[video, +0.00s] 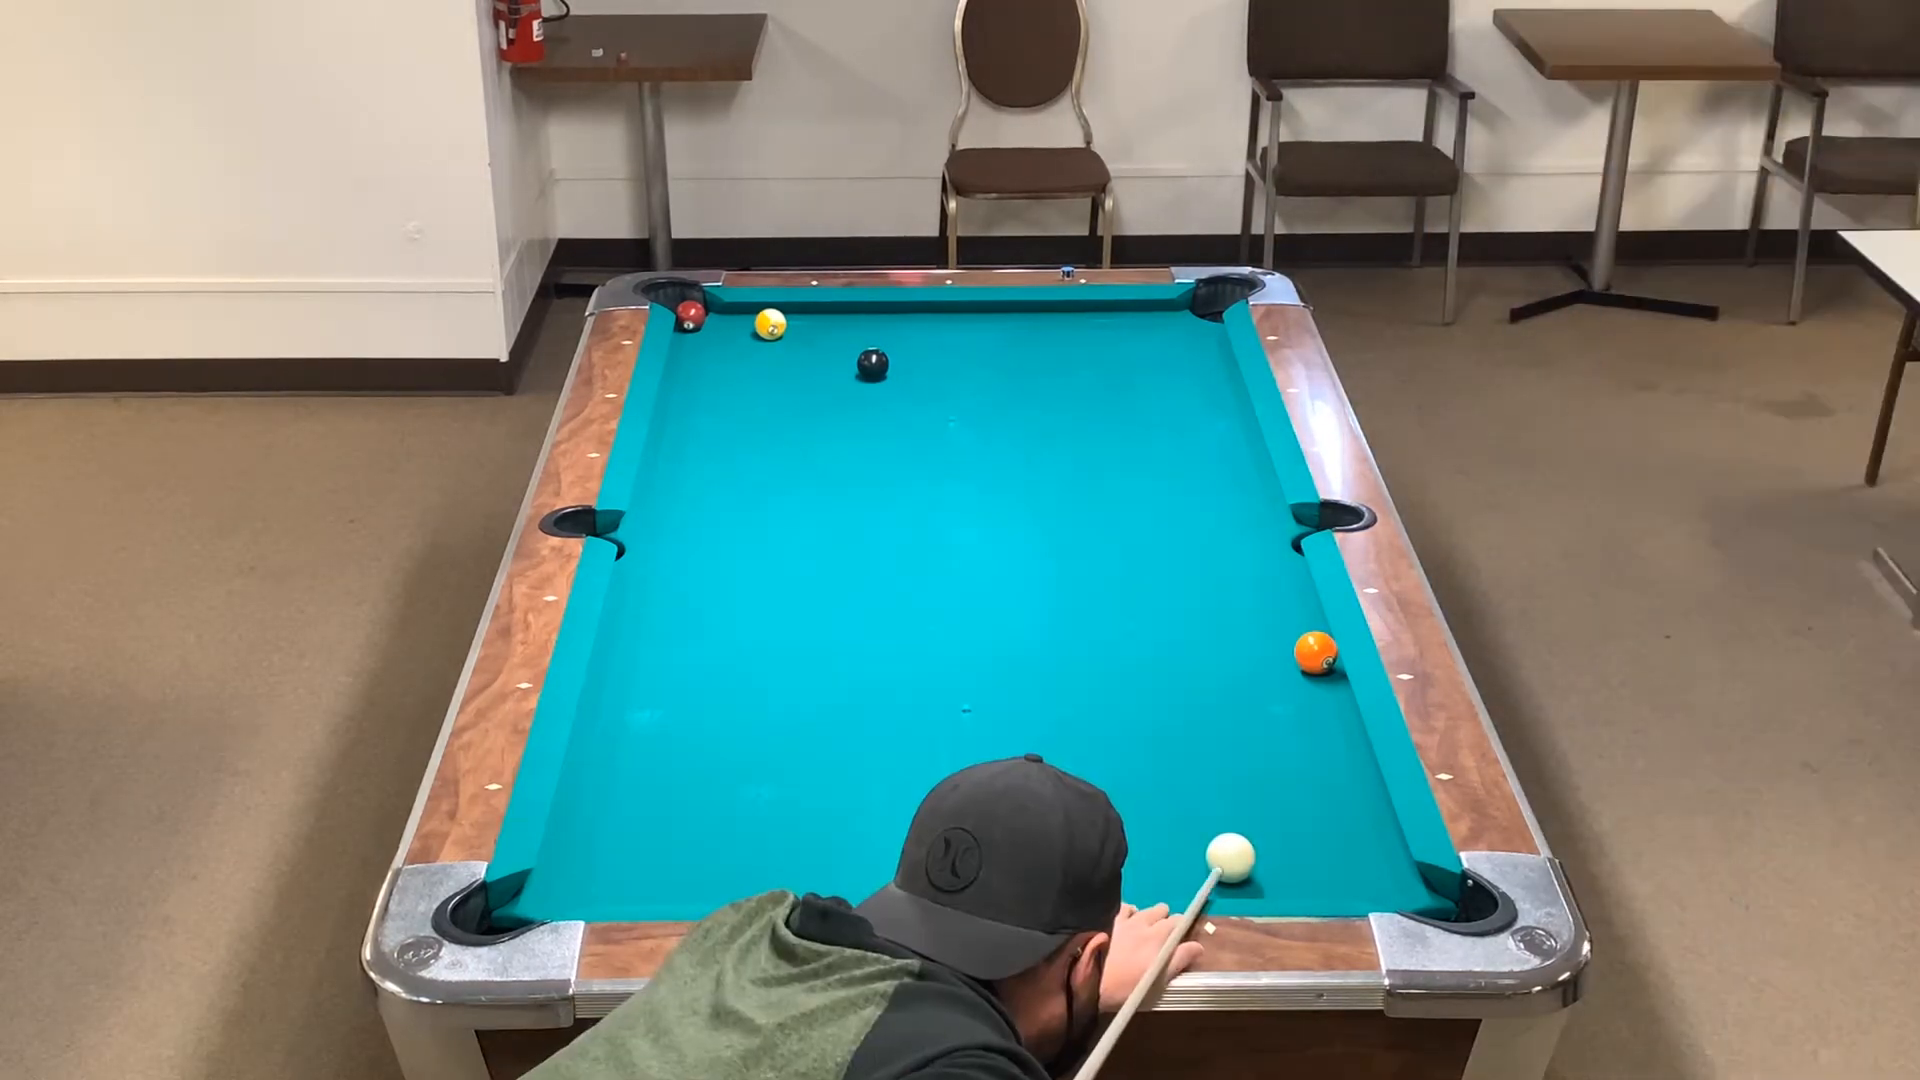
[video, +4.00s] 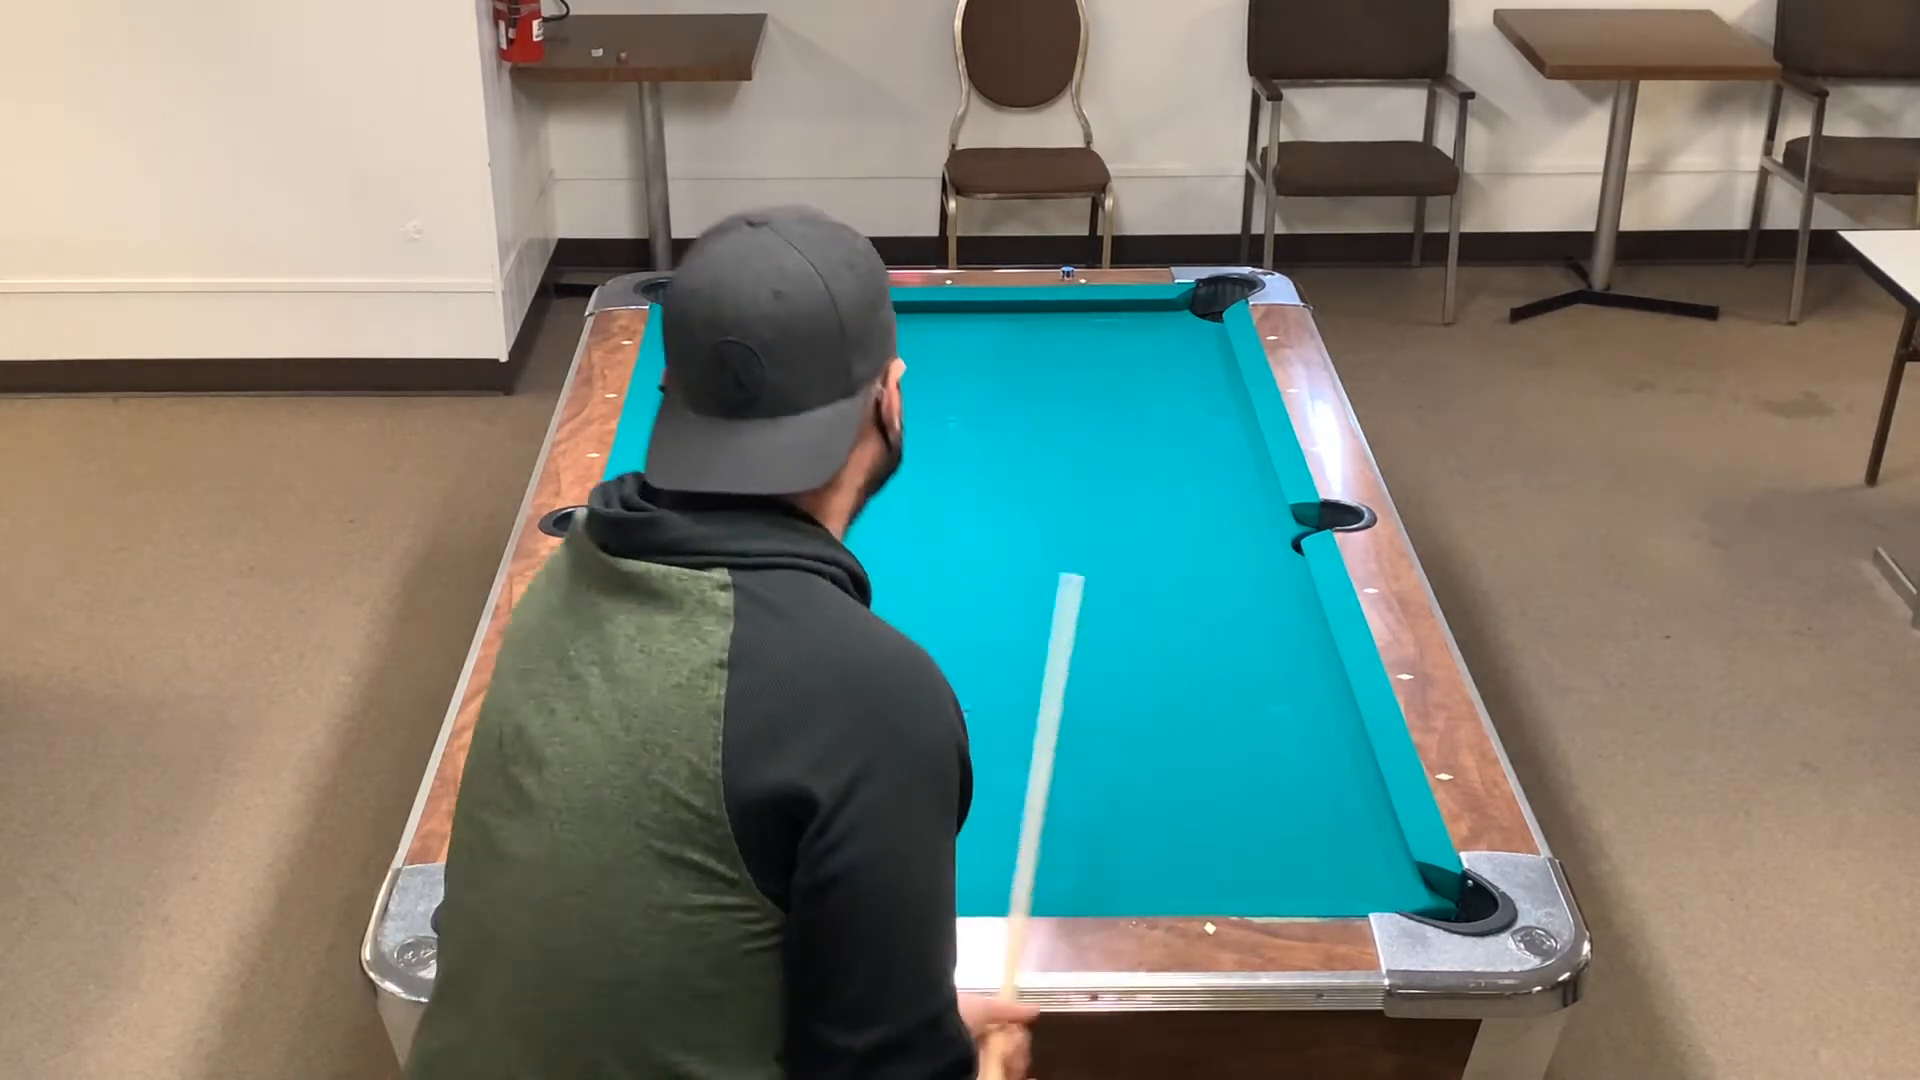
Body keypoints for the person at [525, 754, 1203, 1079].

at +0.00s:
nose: (1108, 948)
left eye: (1109, 936)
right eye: (1110, 936)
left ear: (910, 876)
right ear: (1082, 962)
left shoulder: (755, 921)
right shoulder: (965, 1061)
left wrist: (1080, 993)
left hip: (557, 1066)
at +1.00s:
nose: (1106, 949)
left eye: (1105, 936)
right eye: (1106, 938)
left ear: (908, 877)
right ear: (1081, 966)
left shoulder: (749, 921)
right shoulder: (966, 1064)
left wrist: (1073, 999)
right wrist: (1091, 1019)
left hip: (556, 1067)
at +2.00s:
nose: (1108, 940)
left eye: (1107, 929)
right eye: (1107, 928)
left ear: (908, 873)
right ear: (1082, 958)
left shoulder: (750, 916)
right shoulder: (969, 1057)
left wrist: (1076, 994)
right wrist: (1100, 1016)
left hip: (558, 1063)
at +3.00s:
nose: (1074, 929)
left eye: (1080, 913)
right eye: (1078, 913)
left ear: (890, 829)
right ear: (1059, 924)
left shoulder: (752, 897)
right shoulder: (950, 1042)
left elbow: (854, 1036)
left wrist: (1063, 1004)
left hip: (546, 1056)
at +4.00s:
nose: (900, 388)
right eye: (896, 373)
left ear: (677, 387)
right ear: (884, 403)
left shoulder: (566, 579)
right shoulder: (869, 696)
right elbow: (885, 1056)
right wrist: (978, 1055)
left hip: (457, 1050)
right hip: (704, 1064)